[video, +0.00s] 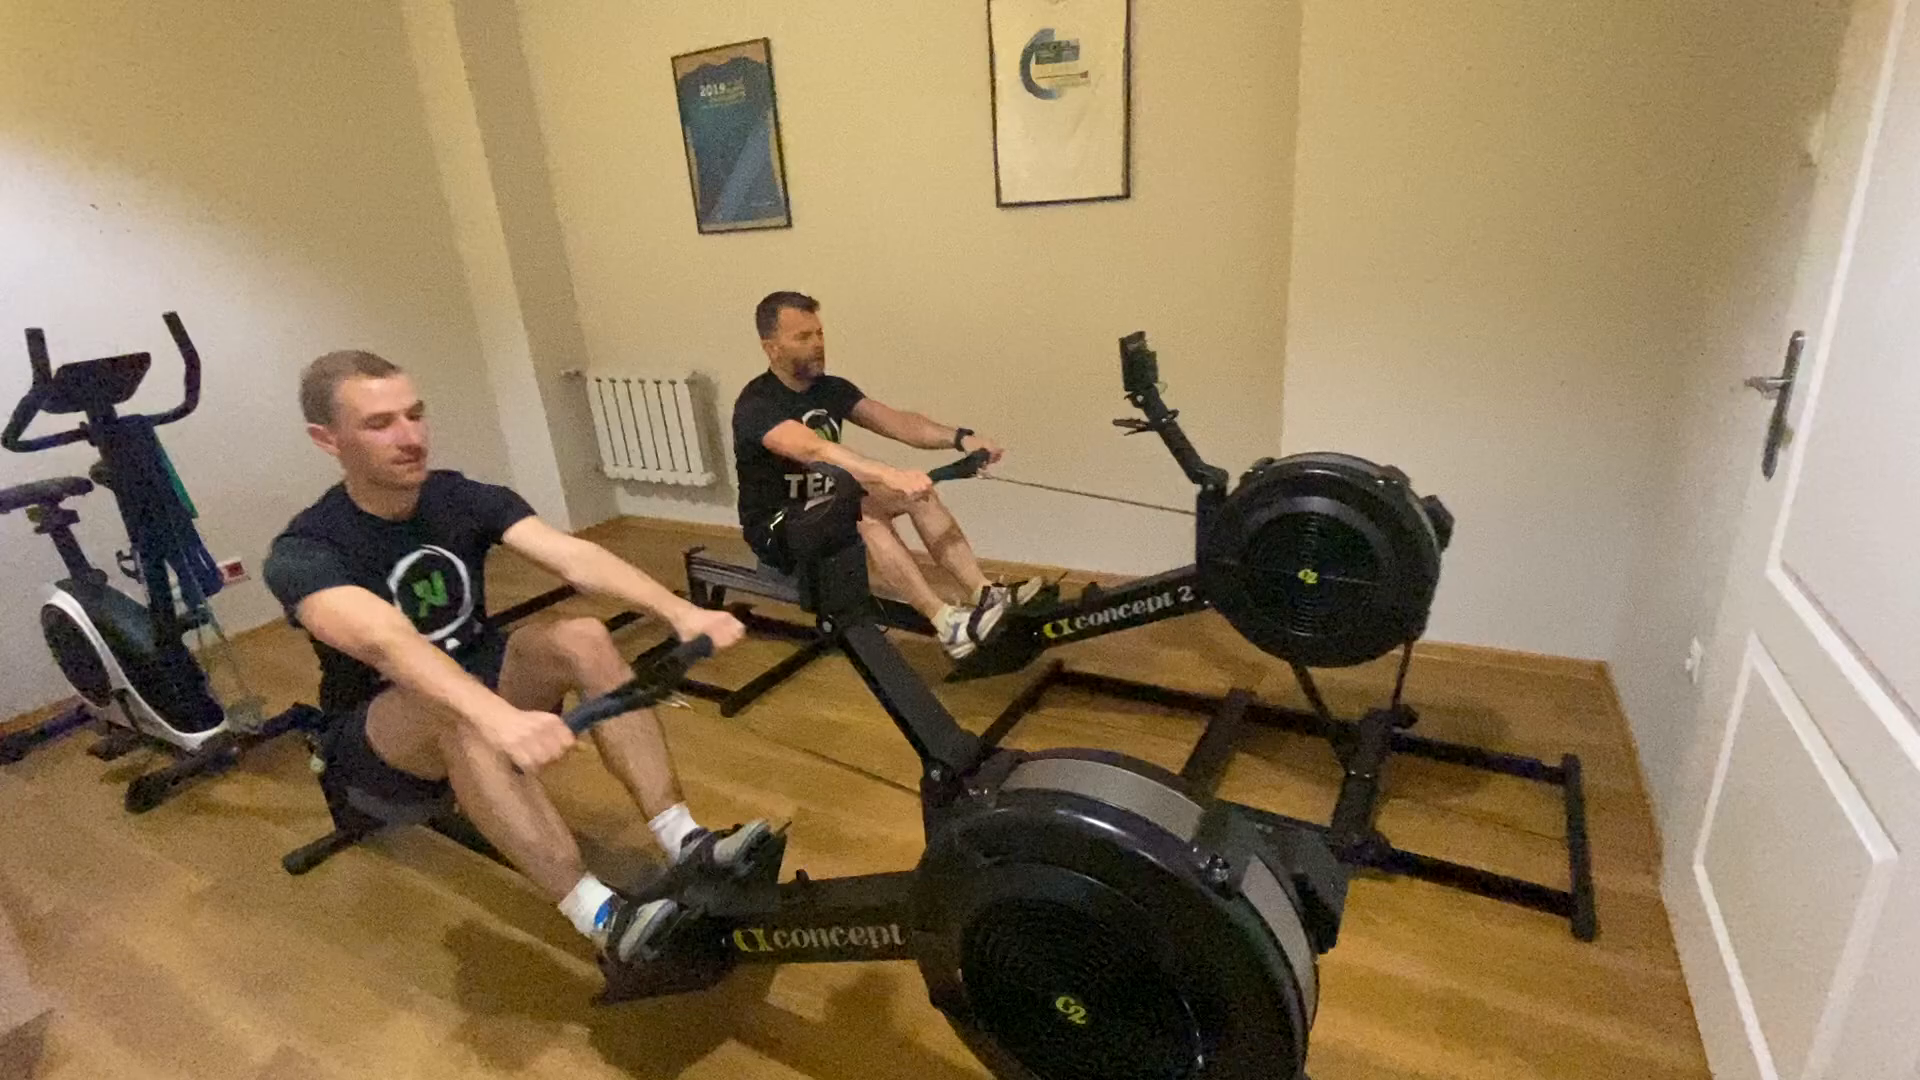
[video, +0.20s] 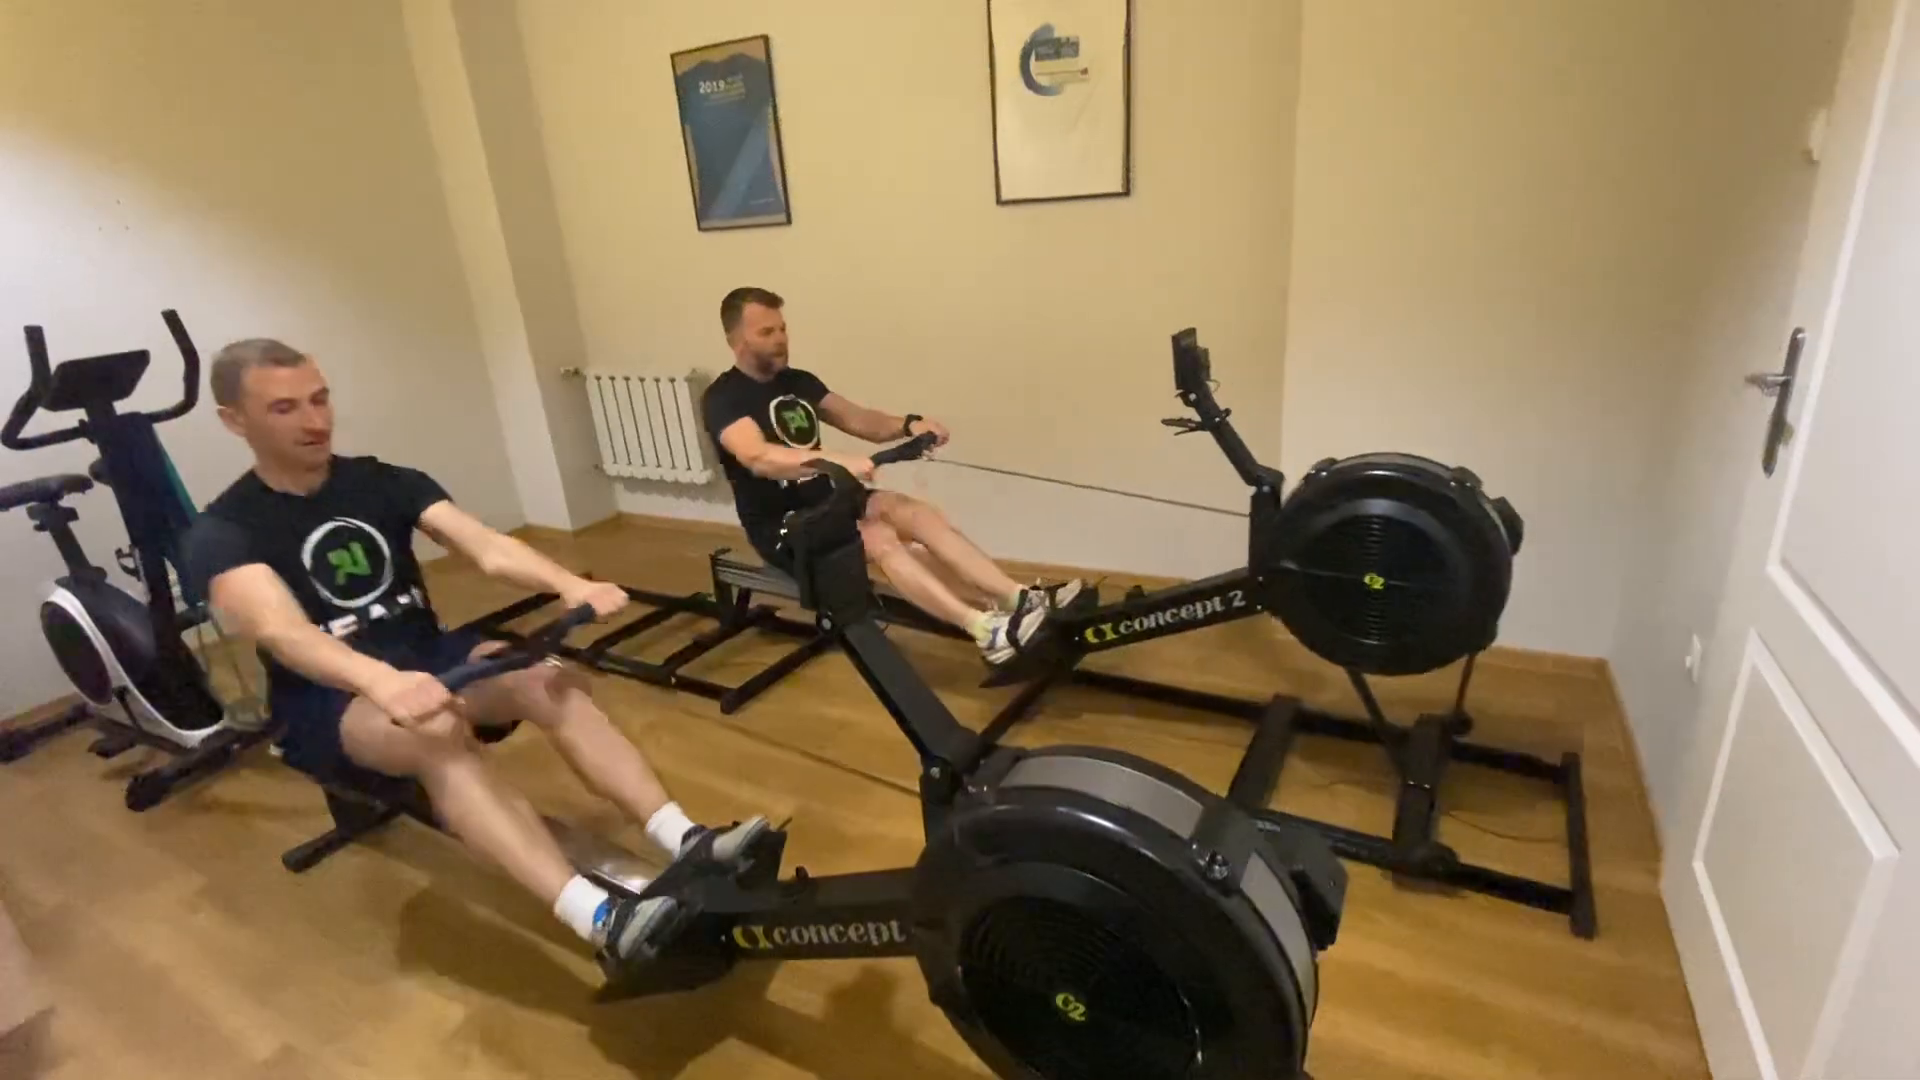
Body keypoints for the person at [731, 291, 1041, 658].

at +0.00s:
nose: (819, 344)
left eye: (820, 334)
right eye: (804, 338)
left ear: (823, 331)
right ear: (772, 348)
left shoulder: (829, 388)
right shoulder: (755, 405)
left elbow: (894, 422)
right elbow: (816, 452)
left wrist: (960, 438)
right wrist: (889, 474)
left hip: (835, 505)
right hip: (781, 527)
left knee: (917, 491)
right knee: (865, 524)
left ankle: (985, 595)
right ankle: (947, 623)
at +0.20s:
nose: (780, 339)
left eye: (782, 328)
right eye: (767, 332)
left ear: (786, 327)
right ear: (735, 340)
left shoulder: (797, 381)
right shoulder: (724, 398)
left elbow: (853, 418)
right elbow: (756, 457)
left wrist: (908, 425)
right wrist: (832, 462)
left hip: (834, 501)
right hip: (783, 524)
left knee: (920, 514)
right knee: (881, 538)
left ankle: (1020, 599)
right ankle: (985, 629)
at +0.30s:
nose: (764, 346)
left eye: (764, 336)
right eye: (751, 340)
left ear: (764, 336)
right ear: (718, 346)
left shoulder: (781, 387)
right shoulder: (707, 404)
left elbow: (836, 428)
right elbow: (715, 472)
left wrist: (872, 425)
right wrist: (775, 465)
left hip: (845, 501)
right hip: (796, 527)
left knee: (923, 537)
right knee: (891, 557)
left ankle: (1037, 602)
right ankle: (1001, 633)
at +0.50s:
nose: (753, 360)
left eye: (754, 349)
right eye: (740, 352)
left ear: (752, 348)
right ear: (706, 358)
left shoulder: (761, 397)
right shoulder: (690, 424)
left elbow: (788, 447)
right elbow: (673, 502)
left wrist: (814, 424)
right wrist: (710, 465)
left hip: (847, 501)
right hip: (806, 533)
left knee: (931, 546)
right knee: (900, 571)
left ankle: (1047, 601)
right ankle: (1017, 635)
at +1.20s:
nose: (782, 328)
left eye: (783, 317)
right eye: (769, 321)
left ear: (785, 317)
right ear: (737, 329)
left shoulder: (792, 372)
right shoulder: (717, 390)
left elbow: (835, 420)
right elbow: (709, 472)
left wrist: (872, 419)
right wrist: (771, 456)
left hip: (834, 494)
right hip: (786, 518)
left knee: (913, 504)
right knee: (879, 530)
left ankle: (1016, 583)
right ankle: (984, 613)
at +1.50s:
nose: (798, 327)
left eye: (798, 317)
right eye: (785, 320)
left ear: (800, 316)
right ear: (751, 329)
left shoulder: (809, 370)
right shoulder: (733, 388)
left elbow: (867, 412)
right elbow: (746, 467)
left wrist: (913, 420)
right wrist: (816, 468)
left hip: (836, 490)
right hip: (785, 511)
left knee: (915, 475)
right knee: (873, 491)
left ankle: (988, 573)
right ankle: (953, 601)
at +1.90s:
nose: (830, 324)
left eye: (830, 313)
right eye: (815, 317)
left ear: (834, 309)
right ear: (783, 328)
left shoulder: (840, 366)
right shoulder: (762, 382)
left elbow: (909, 405)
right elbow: (804, 450)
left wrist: (966, 425)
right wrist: (874, 471)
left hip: (832, 483)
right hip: (780, 507)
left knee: (902, 429)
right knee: (855, 482)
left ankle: (937, 552)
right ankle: (891, 575)